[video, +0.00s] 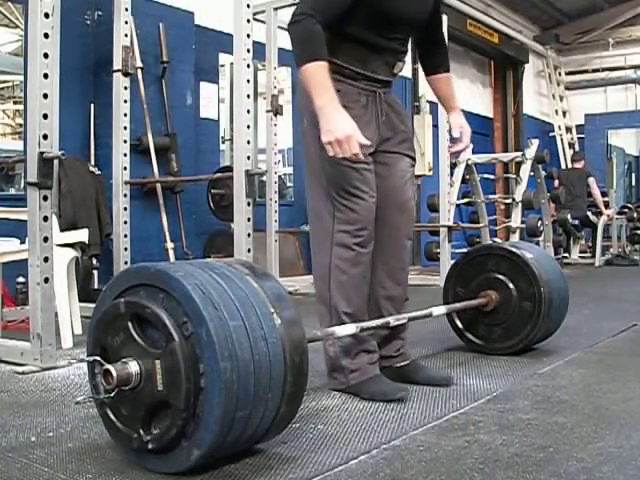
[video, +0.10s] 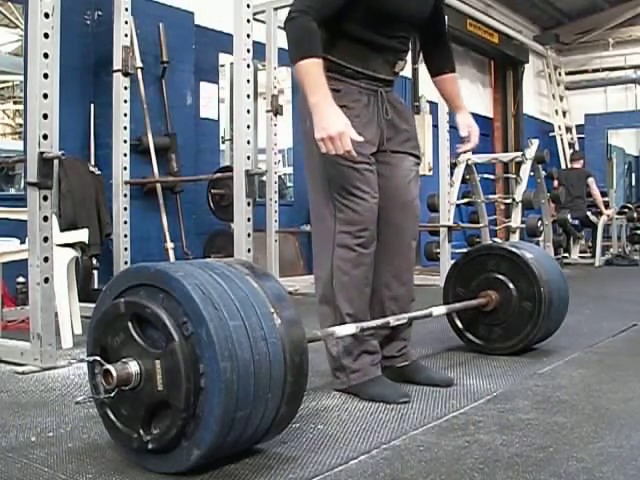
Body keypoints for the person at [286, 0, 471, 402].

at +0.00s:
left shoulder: (429, 6)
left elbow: (431, 42)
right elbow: (304, 20)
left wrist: (453, 110)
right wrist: (329, 110)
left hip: (384, 96)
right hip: (334, 88)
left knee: (397, 217)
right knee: (351, 219)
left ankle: (391, 350)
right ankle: (348, 363)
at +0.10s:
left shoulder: (430, 6)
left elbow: (435, 41)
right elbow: (300, 19)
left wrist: (459, 109)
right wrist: (322, 107)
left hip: (388, 96)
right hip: (338, 88)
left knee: (401, 220)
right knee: (354, 221)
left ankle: (394, 351)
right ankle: (352, 365)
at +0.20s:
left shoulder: (430, 6)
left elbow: (439, 44)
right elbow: (300, 16)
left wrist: (469, 108)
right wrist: (321, 100)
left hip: (388, 95)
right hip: (338, 86)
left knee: (400, 218)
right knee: (353, 222)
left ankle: (393, 352)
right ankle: (353, 363)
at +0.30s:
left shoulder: (432, 5)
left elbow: (447, 49)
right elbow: (303, 13)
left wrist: (482, 108)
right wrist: (328, 93)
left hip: (386, 95)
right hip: (337, 86)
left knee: (397, 221)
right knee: (352, 221)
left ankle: (390, 349)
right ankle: (351, 363)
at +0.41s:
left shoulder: (436, 5)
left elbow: (454, 53)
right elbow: (306, 9)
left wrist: (492, 108)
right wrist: (337, 82)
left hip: (386, 94)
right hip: (335, 85)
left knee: (398, 221)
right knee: (352, 222)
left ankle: (391, 350)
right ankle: (350, 363)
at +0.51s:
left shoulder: (439, 4)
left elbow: (459, 55)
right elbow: (311, 6)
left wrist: (500, 108)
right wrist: (347, 72)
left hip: (390, 96)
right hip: (336, 89)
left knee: (398, 224)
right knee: (353, 224)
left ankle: (391, 351)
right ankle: (352, 363)